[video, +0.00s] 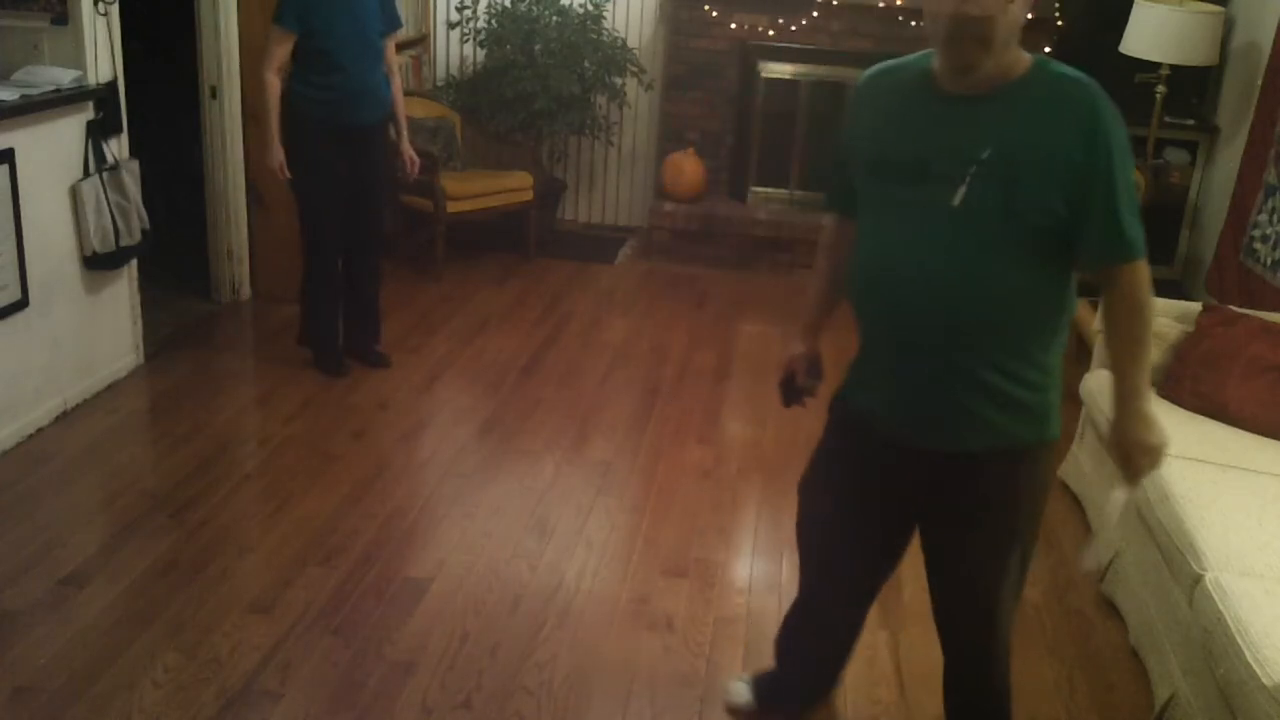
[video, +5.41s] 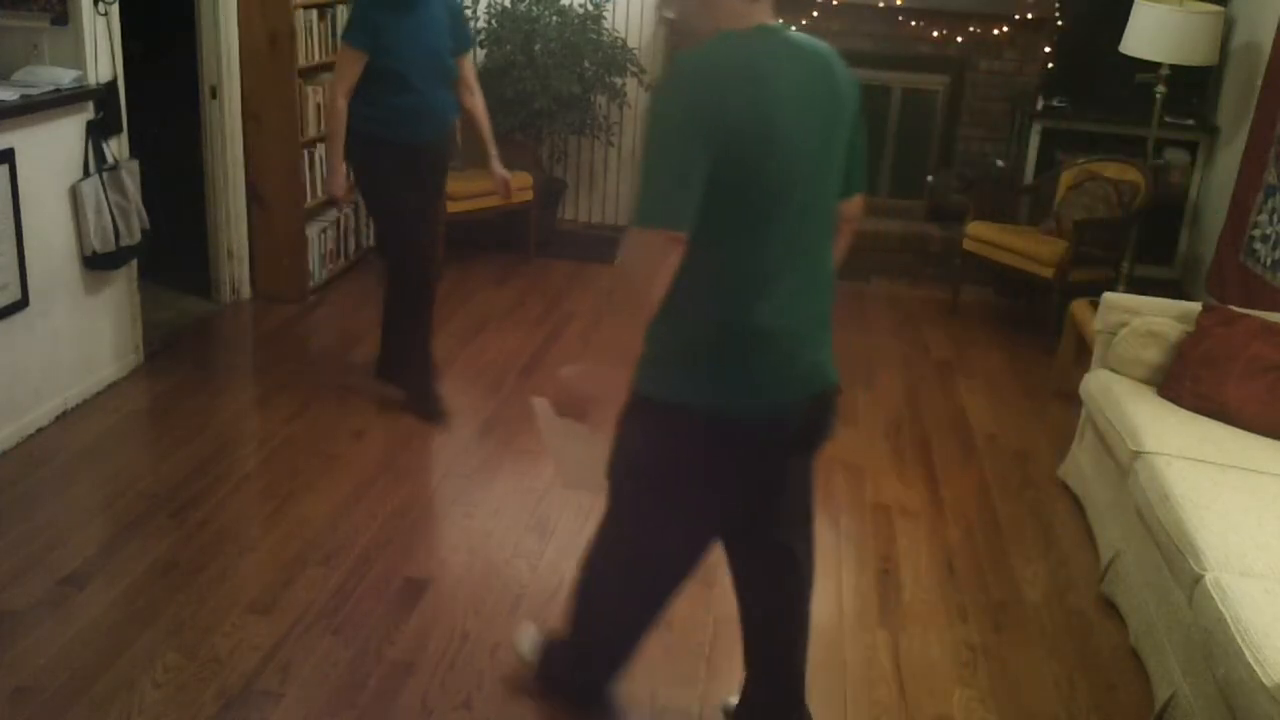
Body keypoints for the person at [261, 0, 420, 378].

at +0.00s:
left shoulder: (381, 6)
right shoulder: (298, 6)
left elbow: (391, 69)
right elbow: (272, 70)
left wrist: (403, 138)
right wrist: (273, 143)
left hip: (369, 132)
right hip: (314, 134)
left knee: (367, 238)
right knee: (322, 240)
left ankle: (363, 340)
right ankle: (323, 345)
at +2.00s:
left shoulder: (381, 6)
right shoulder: (297, 7)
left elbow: (389, 71)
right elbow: (278, 74)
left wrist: (396, 138)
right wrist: (281, 146)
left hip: (371, 132)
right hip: (317, 133)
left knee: (367, 238)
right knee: (323, 240)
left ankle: (363, 339)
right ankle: (323, 345)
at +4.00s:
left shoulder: (323, 8)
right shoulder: (241, 9)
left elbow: (334, 85)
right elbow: (217, 88)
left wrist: (343, 157)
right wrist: (237, 161)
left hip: (315, 151)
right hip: (256, 156)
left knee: (332, 256)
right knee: (266, 266)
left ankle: (320, 349)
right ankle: (263, 368)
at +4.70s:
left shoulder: (379, 6)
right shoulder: (300, 7)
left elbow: (389, 74)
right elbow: (272, 76)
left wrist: (408, 144)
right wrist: (302, 150)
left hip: (365, 139)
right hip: (309, 142)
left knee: (365, 244)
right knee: (316, 245)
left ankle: (356, 347)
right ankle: (304, 343)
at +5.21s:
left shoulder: (422, 7)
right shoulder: (347, 9)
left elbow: (429, 78)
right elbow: (324, 85)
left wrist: (435, 146)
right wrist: (337, 164)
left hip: (411, 144)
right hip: (365, 144)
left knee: (407, 254)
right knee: (369, 253)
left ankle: (398, 361)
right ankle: (325, 337)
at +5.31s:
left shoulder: (436, 8)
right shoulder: (357, 9)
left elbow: (449, 81)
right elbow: (332, 86)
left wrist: (468, 152)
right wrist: (336, 166)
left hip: (420, 145)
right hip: (371, 145)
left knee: (416, 250)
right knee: (397, 251)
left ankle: (399, 359)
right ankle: (372, 356)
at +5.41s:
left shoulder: (451, 10)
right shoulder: (373, 10)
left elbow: (469, 87)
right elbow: (339, 90)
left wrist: (493, 158)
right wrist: (335, 166)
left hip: (431, 148)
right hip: (379, 149)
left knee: (419, 260)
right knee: (413, 262)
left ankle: (395, 360)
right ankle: (421, 385)